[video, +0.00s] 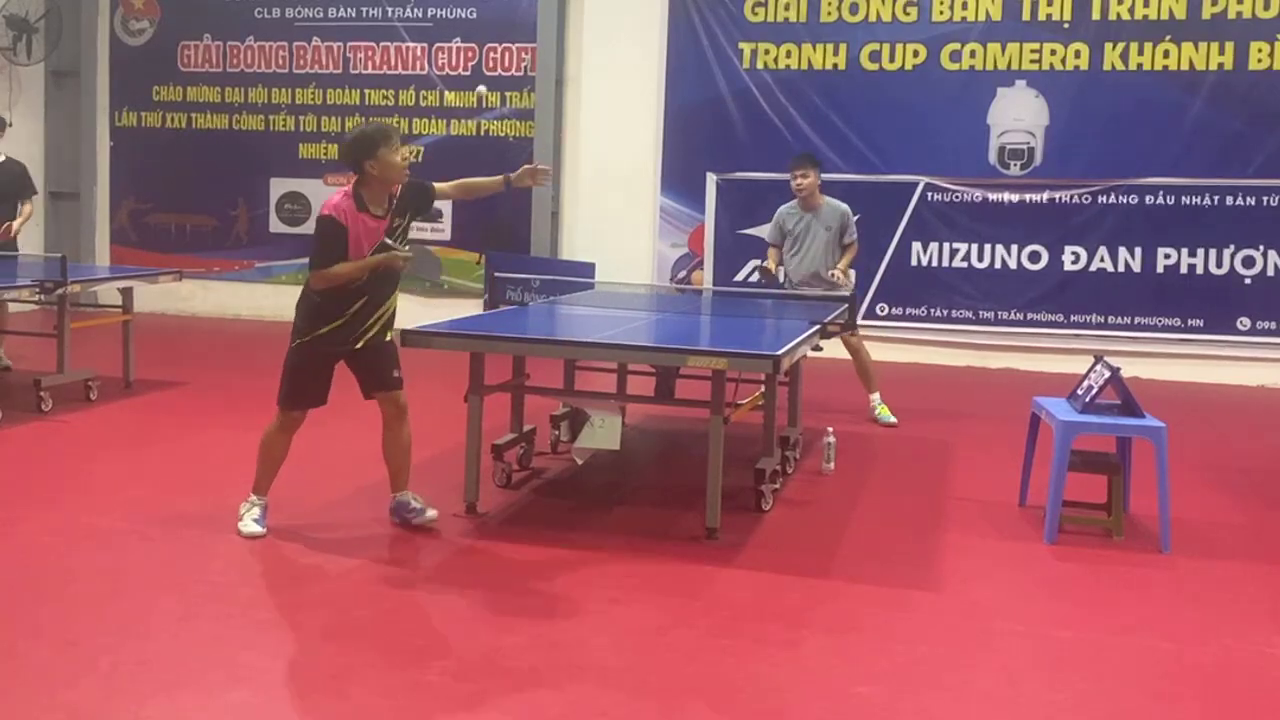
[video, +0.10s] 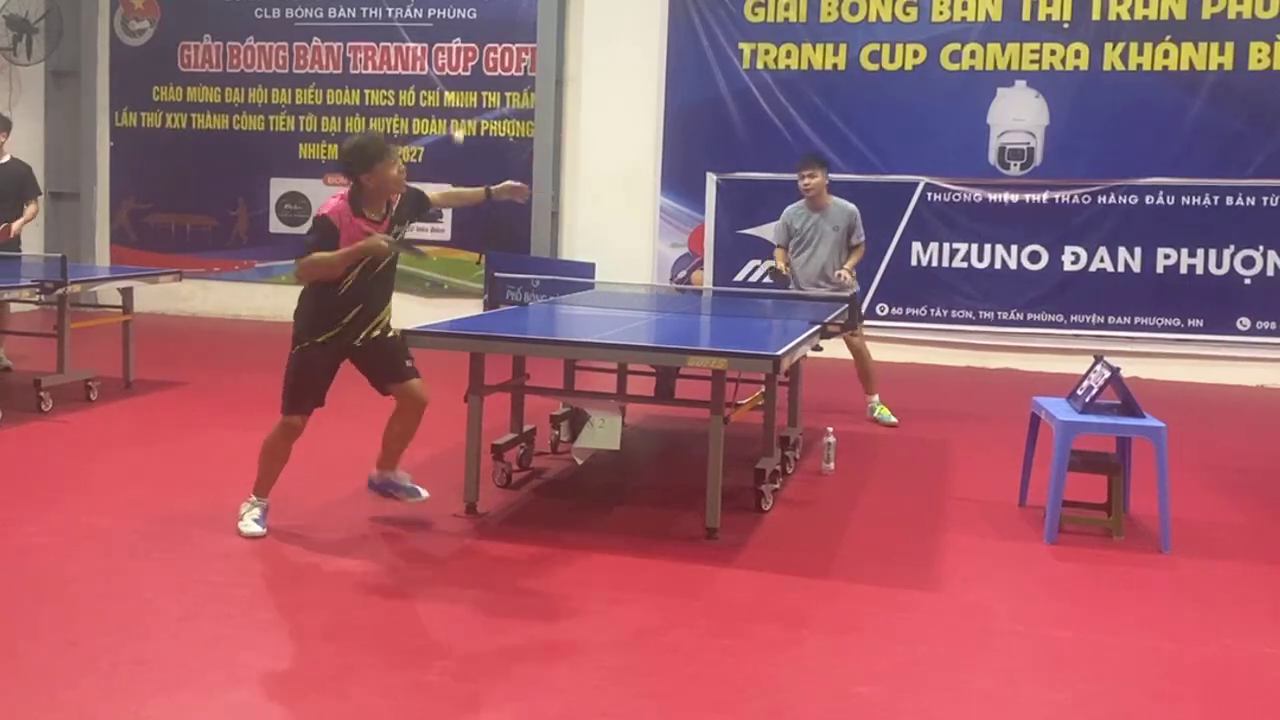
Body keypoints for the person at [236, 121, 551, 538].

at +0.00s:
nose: (405, 158)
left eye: (401, 150)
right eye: (395, 152)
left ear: (383, 165)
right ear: (370, 167)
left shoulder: (405, 195)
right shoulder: (337, 214)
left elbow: (455, 189)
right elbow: (318, 278)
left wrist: (510, 180)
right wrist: (376, 261)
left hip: (372, 327)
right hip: (319, 329)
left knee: (396, 405)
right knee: (289, 417)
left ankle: (401, 499)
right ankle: (256, 501)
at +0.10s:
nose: (403, 169)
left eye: (400, 162)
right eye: (394, 164)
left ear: (380, 176)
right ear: (367, 179)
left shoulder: (402, 203)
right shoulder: (333, 217)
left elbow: (445, 197)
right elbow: (304, 271)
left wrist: (493, 192)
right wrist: (361, 249)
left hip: (371, 327)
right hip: (319, 333)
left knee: (414, 398)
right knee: (293, 423)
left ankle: (384, 473)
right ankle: (257, 501)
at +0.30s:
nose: (426, 230)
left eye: (430, 222)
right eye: (420, 222)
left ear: (428, 216)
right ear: (396, 215)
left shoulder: (412, 243)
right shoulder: (367, 227)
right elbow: (332, 240)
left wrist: (406, 291)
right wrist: (390, 268)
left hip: (380, 344)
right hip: (334, 350)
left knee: (429, 417)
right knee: (315, 443)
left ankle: (387, 498)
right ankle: (260, 503)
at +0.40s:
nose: (461, 227)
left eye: (463, 220)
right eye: (458, 219)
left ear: (436, 213)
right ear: (434, 213)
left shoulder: (418, 224)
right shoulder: (391, 225)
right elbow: (392, 243)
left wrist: (440, 266)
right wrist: (436, 258)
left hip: (378, 335)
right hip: (335, 341)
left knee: (424, 416)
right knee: (342, 437)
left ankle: (386, 497)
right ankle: (273, 485)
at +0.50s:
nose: (473, 211)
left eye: (476, 203)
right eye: (473, 202)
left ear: (443, 193)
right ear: (456, 198)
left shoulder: (408, 209)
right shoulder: (418, 222)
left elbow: (349, 261)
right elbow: (433, 247)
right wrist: (463, 253)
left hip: (376, 325)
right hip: (343, 332)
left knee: (415, 411)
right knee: (368, 425)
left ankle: (385, 497)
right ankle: (291, 489)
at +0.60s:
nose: (477, 193)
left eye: (478, 185)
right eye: (476, 185)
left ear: (441, 179)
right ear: (460, 185)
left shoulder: (407, 201)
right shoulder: (433, 223)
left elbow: (356, 235)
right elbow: (455, 263)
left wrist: (326, 268)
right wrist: (474, 254)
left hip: (369, 324)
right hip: (354, 330)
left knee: (410, 409)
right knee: (393, 419)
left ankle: (383, 498)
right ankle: (333, 517)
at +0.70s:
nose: (474, 193)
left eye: (474, 184)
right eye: (474, 184)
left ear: (435, 177)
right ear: (463, 184)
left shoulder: (394, 208)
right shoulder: (442, 231)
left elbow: (339, 246)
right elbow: (465, 283)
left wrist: (315, 275)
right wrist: (473, 268)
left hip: (346, 336)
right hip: (371, 342)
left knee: (400, 427)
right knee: (411, 433)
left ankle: (385, 504)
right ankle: (390, 543)